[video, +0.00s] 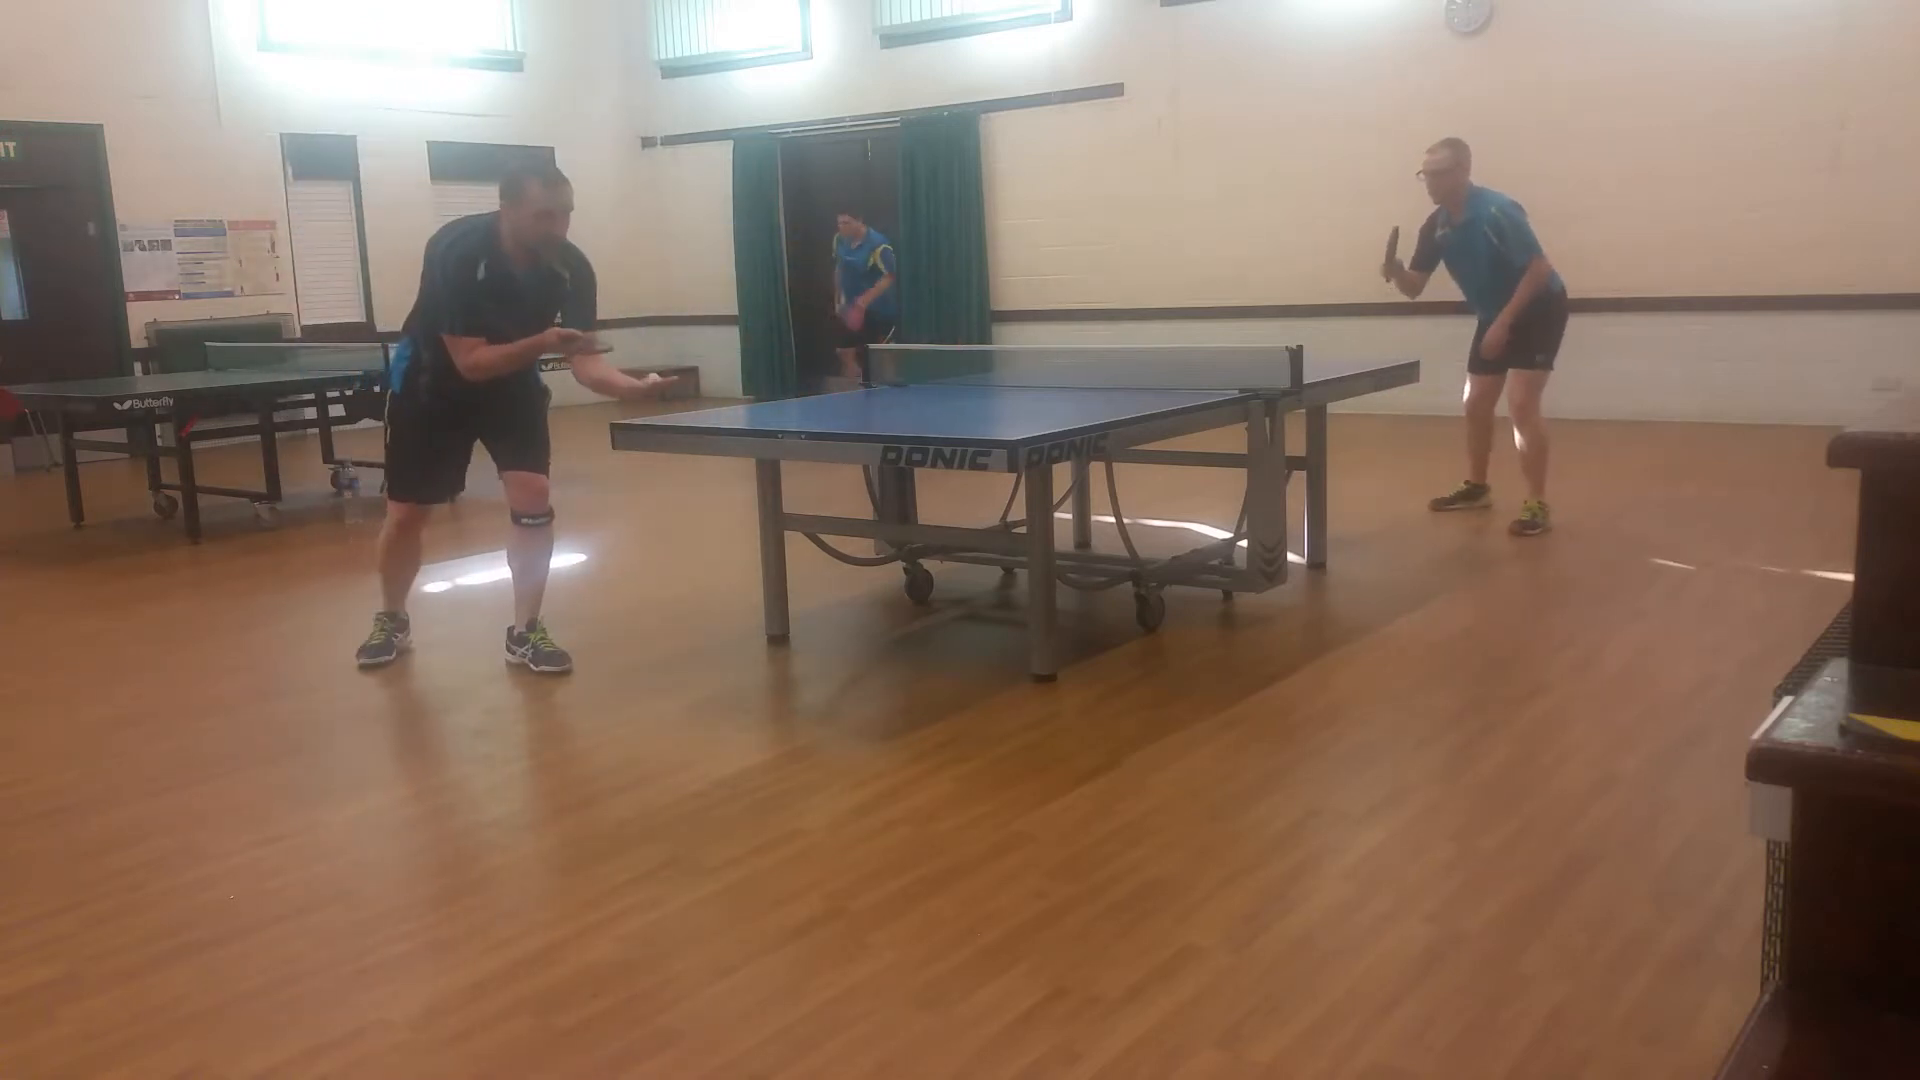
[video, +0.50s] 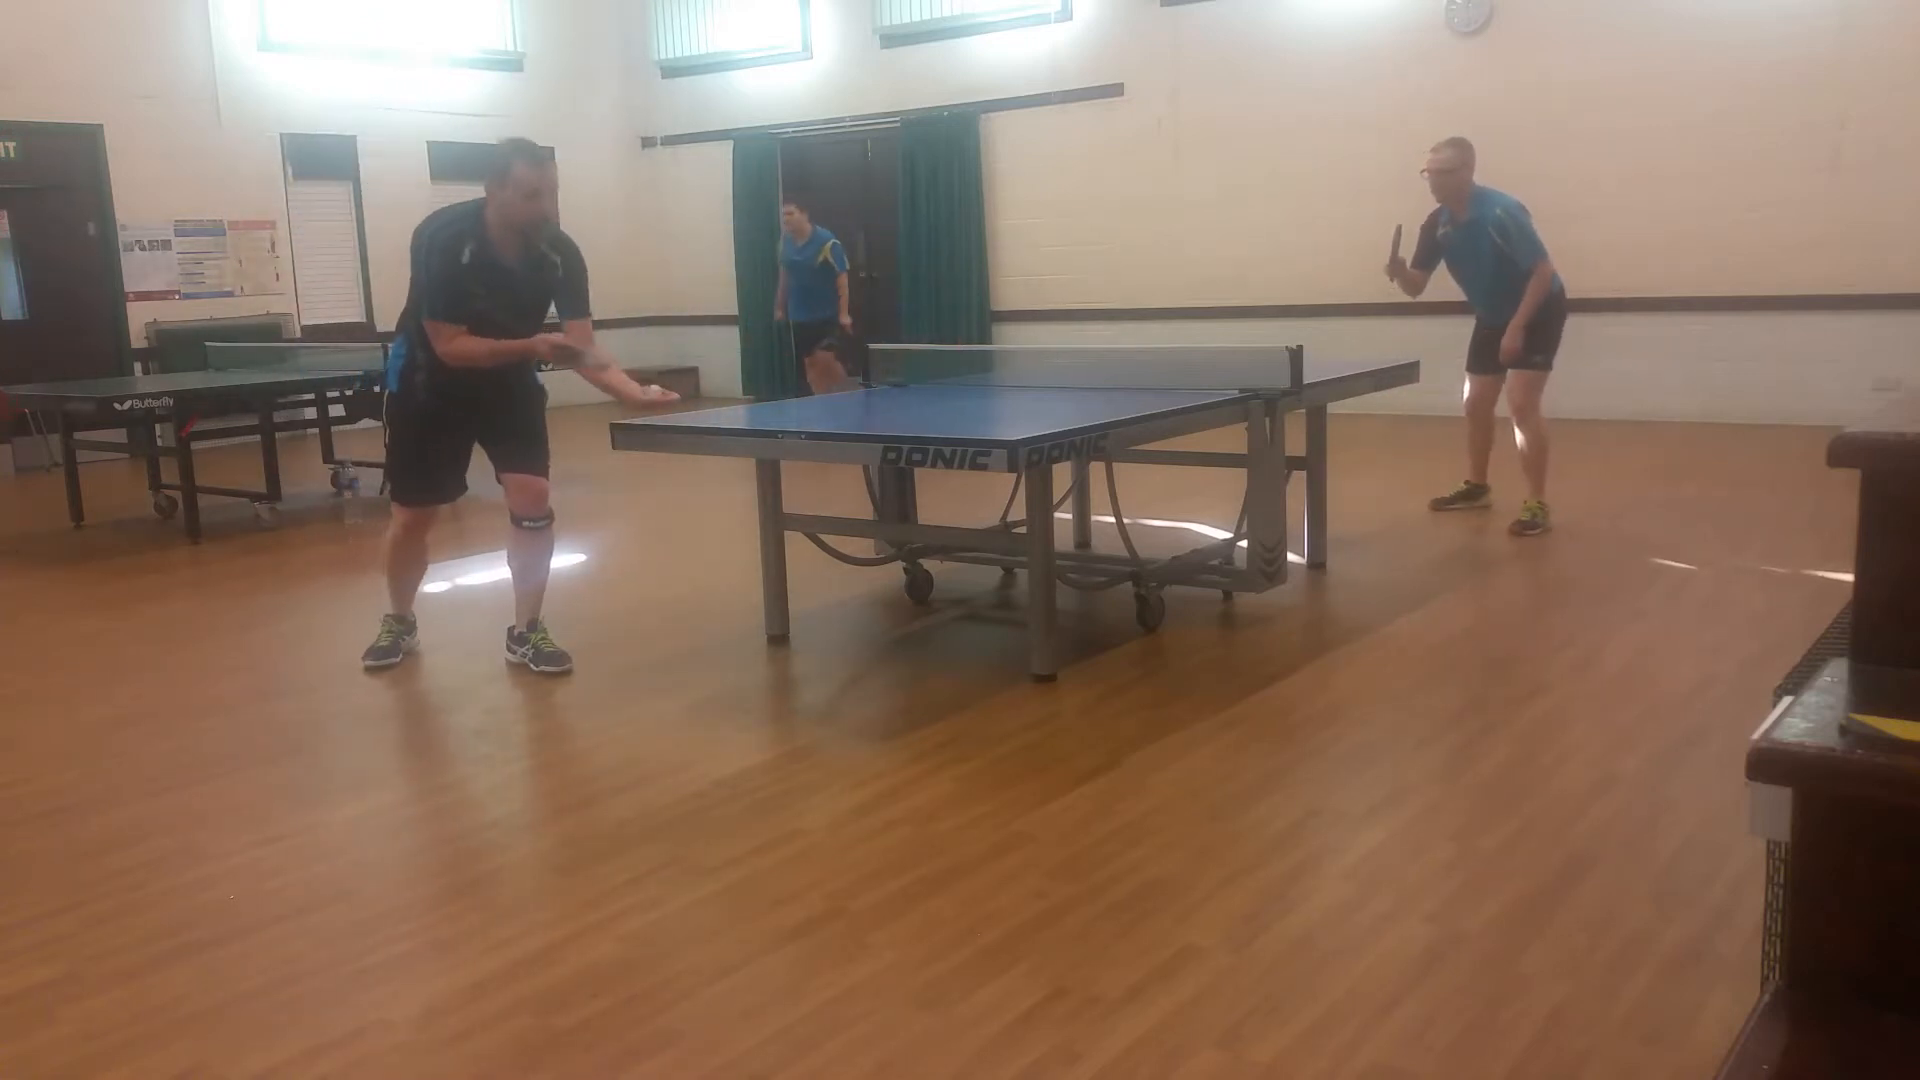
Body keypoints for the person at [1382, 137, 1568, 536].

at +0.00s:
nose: (1425, 182)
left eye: (1433, 174)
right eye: (1424, 175)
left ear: (1461, 173)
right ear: (1428, 177)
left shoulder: (1499, 211)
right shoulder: (1435, 227)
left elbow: (1539, 269)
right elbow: (1414, 286)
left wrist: (1502, 324)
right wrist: (1396, 272)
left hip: (1539, 305)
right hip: (1495, 311)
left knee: (1522, 404)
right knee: (1476, 402)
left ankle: (1536, 504)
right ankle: (1476, 486)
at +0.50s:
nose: (1428, 181)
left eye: (1436, 174)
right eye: (1427, 174)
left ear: (1464, 174)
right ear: (1432, 176)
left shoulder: (1502, 211)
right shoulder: (1437, 224)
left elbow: (1543, 272)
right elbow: (1416, 285)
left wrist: (1516, 327)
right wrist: (1400, 273)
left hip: (1538, 307)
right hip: (1493, 313)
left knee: (1521, 403)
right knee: (1476, 403)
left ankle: (1536, 504)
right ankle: (1477, 486)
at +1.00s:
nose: (1424, 177)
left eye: (1432, 170)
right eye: (1422, 170)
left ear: (1459, 171)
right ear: (1425, 173)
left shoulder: (1496, 209)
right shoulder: (1432, 223)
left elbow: (1536, 271)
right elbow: (1417, 285)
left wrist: (1513, 326)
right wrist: (1397, 272)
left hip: (1532, 307)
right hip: (1488, 312)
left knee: (1516, 404)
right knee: (1473, 401)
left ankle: (1536, 503)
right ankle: (1476, 486)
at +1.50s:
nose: (1426, 171)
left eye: (1435, 163)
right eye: (1424, 163)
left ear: (1462, 164)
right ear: (1426, 167)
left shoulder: (1498, 206)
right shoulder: (1436, 221)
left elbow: (1534, 271)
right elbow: (1428, 286)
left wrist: (1506, 326)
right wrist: (1398, 277)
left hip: (1527, 315)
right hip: (1481, 317)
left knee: (1506, 409)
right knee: (1434, 399)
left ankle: (1535, 503)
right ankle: (1434, 481)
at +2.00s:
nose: (1439, 246)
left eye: (1448, 238)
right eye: (1437, 238)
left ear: (1472, 240)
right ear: (1434, 239)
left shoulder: (1515, 268)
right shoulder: (1440, 284)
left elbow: (1558, 330)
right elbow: (1437, 342)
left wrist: (1525, 378)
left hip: (1537, 351)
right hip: (1482, 354)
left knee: (1559, 414)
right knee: (1415, 406)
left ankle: (1596, 504)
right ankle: (1393, 492)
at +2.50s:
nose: (1454, 183)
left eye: (1462, 176)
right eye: (1453, 176)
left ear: (1486, 179)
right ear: (1459, 179)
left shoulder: (1513, 223)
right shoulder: (1476, 220)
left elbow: (1559, 277)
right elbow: (1500, 277)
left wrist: (1544, 325)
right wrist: (1472, 306)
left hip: (1541, 333)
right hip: (1497, 335)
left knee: (1546, 419)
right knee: (1435, 400)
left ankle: (1595, 506)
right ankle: (1447, 475)